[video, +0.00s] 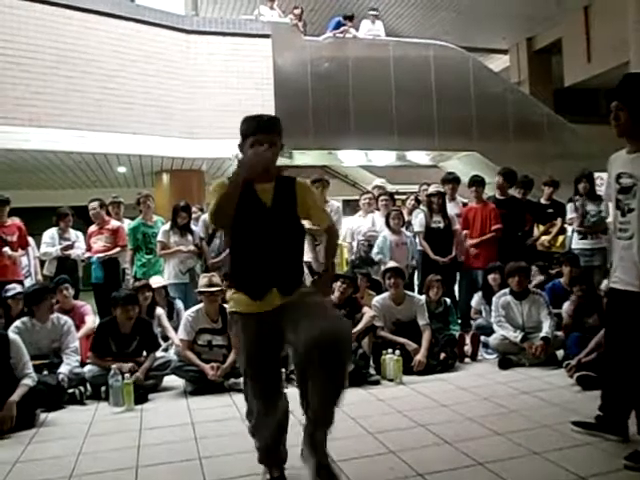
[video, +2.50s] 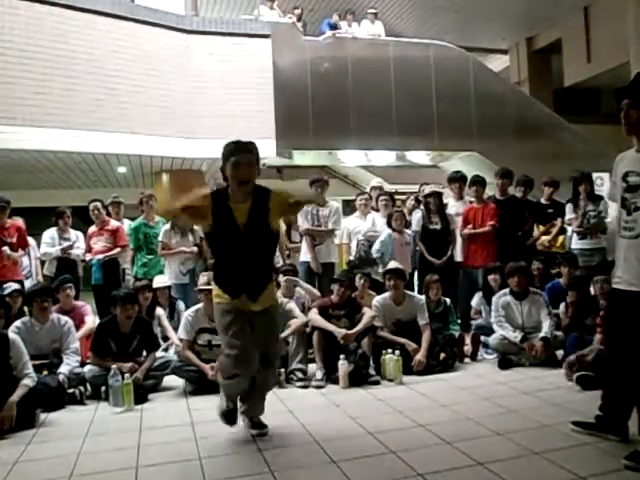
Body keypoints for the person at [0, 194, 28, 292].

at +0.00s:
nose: (2, 212)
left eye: (4, 209)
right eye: (1, 209)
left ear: (8, 208)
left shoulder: (17, 225)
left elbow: (25, 247)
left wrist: (16, 254)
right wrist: (6, 253)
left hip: (14, 276)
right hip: (2, 276)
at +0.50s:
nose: (2, 211)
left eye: (3, 208)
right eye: (1, 208)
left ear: (7, 208)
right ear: (0, 209)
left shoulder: (16, 225)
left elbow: (24, 247)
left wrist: (16, 254)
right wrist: (7, 253)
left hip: (14, 276)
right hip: (2, 276)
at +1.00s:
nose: (2, 211)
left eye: (4, 207)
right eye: (1, 208)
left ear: (7, 208)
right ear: (1, 209)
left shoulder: (17, 225)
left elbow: (24, 247)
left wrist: (16, 254)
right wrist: (8, 253)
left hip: (13, 275)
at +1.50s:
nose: (2, 211)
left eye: (4, 208)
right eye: (1, 208)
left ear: (8, 208)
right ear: (1, 209)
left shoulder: (17, 225)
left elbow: (24, 247)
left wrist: (16, 254)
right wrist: (8, 253)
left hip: (15, 276)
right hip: (3, 276)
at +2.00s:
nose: (2, 213)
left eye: (4, 210)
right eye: (1, 210)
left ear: (8, 209)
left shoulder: (17, 225)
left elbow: (23, 247)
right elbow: (3, 248)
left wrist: (17, 255)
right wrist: (7, 254)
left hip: (14, 275)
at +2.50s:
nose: (2, 215)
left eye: (4, 211)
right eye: (1, 212)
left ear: (8, 210)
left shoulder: (17, 226)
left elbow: (24, 248)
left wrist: (14, 255)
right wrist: (8, 254)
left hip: (13, 275)